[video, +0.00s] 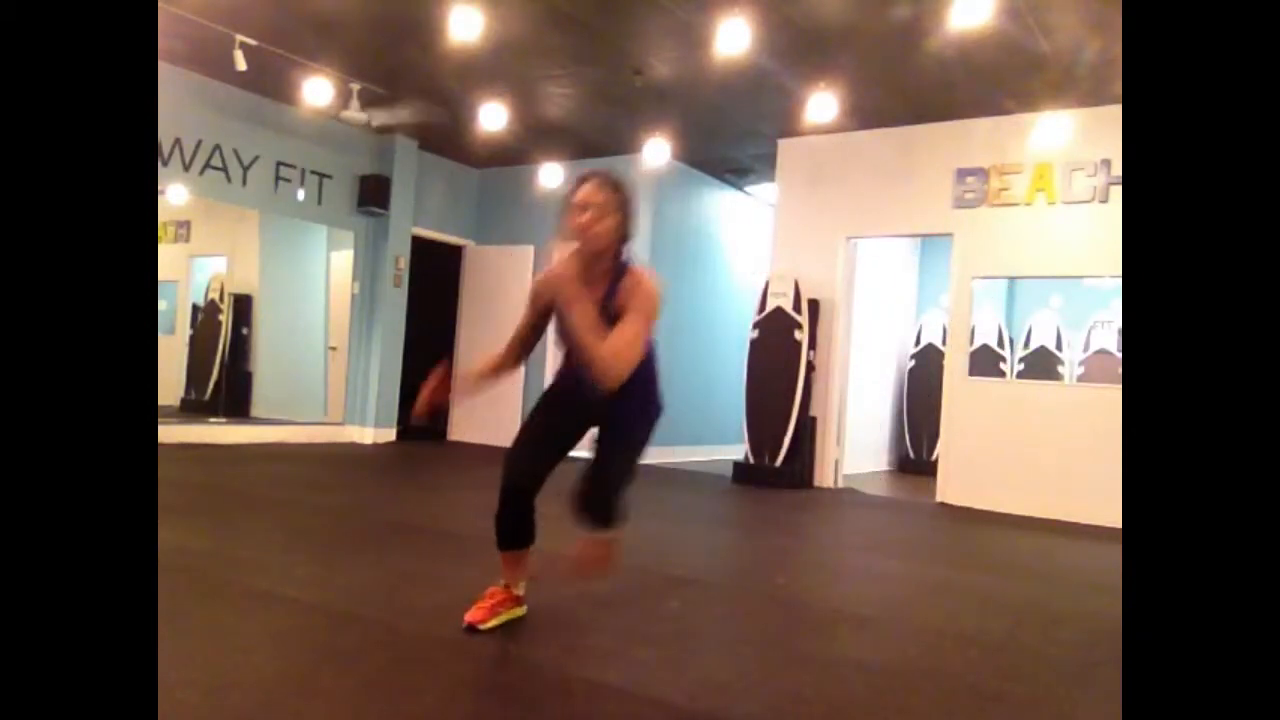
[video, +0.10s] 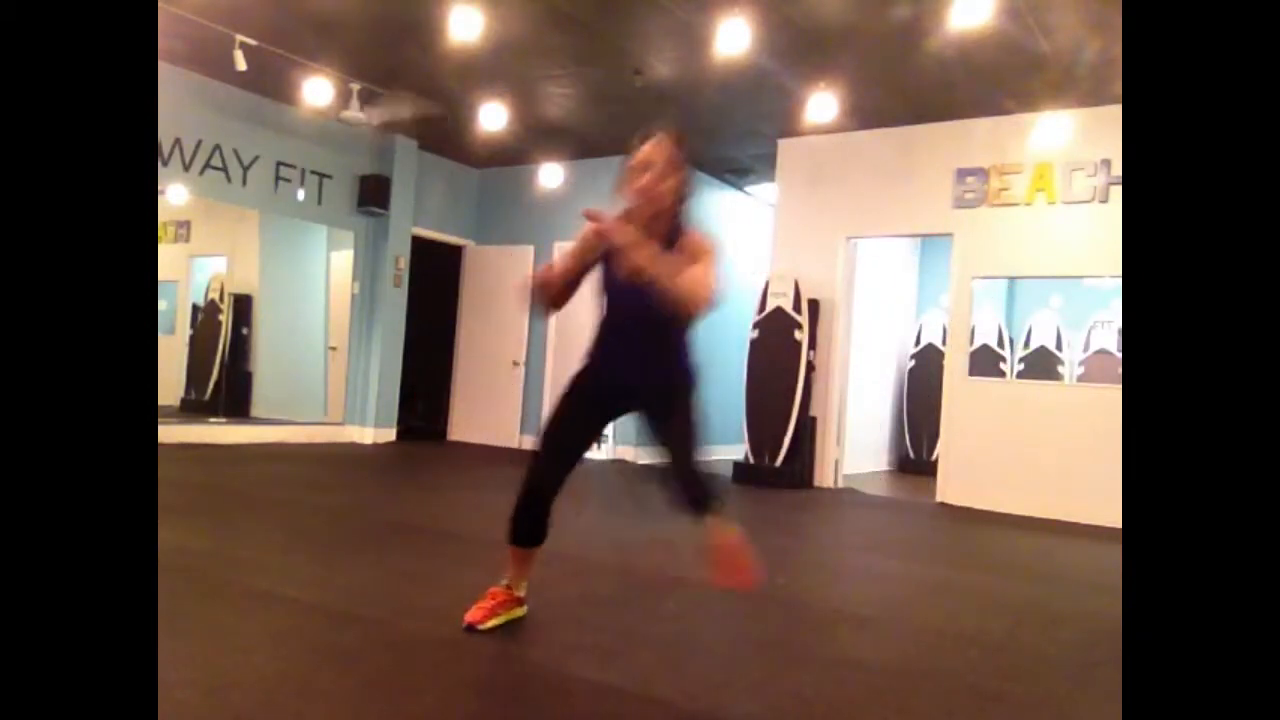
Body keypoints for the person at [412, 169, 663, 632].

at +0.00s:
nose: (584, 220)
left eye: (597, 211)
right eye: (577, 209)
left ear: (621, 223)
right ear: (568, 219)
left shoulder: (639, 287)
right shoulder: (556, 280)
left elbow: (610, 369)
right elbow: (516, 351)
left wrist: (573, 293)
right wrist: (463, 382)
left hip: (630, 401)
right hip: (574, 388)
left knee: (595, 498)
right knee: (518, 477)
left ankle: (604, 531)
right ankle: (511, 590)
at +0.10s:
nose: (647, 181)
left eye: (660, 172)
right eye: (639, 170)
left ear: (679, 184)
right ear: (626, 180)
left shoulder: (692, 246)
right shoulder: (606, 235)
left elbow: (694, 298)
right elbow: (555, 296)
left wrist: (635, 247)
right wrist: (547, 283)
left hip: (665, 380)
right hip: (606, 372)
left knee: (685, 474)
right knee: (542, 475)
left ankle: (721, 526)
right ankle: (514, 588)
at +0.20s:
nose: (713, 140)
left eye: (725, 130)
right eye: (703, 130)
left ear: (743, 145)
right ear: (687, 144)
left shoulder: (761, 207)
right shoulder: (664, 199)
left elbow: (808, 251)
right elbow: (611, 271)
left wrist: (719, 229)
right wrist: (639, 237)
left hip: (726, 354)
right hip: (662, 350)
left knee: (776, 456)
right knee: (594, 455)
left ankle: (832, 562)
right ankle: (520, 566)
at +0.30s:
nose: (771, 141)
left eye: (782, 130)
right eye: (760, 131)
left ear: (802, 145)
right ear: (744, 145)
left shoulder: (831, 206)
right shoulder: (722, 205)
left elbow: (910, 260)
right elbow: (672, 289)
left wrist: (837, 269)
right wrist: (698, 243)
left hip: (792, 358)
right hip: (723, 352)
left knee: (846, 465)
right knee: (646, 443)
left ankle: (914, 587)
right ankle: (576, 535)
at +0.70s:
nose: (925, 270)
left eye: (937, 257)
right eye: (911, 259)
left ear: (956, 268)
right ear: (891, 273)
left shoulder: (969, 324)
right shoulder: (862, 341)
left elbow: (957, 358)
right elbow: (888, 446)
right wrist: (918, 376)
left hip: (938, 439)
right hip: (878, 459)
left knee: (949, 553)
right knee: (912, 580)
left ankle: (956, 651)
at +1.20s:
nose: (732, 121)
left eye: (747, 110)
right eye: (721, 111)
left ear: (773, 121)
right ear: (709, 124)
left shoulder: (800, 183)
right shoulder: (700, 197)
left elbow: (851, 225)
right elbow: (658, 243)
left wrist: (766, 198)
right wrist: (620, 296)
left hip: (790, 349)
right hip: (725, 344)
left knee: (860, 476)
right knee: (637, 423)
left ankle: (931, 602)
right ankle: (579, 524)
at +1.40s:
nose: (612, 174)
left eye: (624, 164)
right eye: (606, 166)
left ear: (653, 172)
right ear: (601, 177)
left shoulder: (679, 242)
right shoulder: (590, 234)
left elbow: (688, 306)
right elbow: (564, 283)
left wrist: (626, 255)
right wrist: (534, 333)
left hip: (665, 376)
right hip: (603, 372)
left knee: (704, 483)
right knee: (548, 470)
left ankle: (753, 515)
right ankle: (500, 588)